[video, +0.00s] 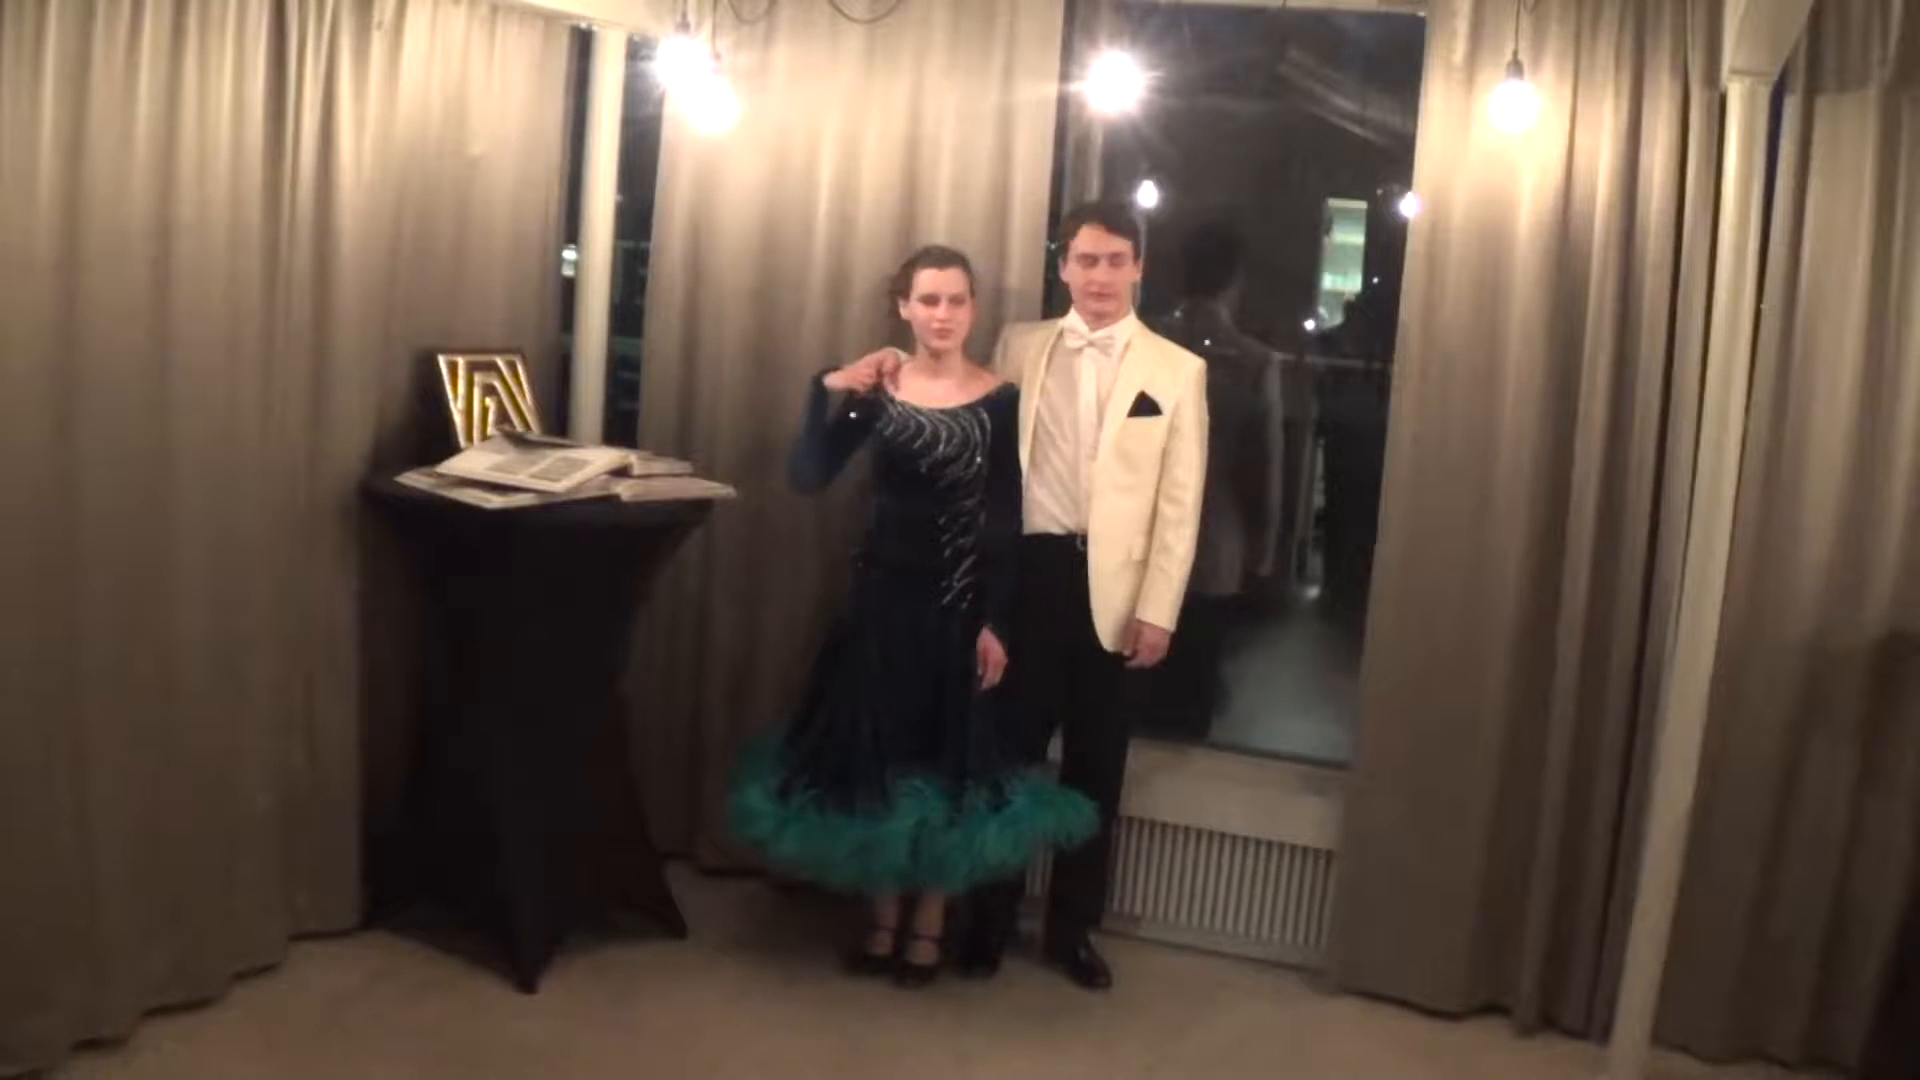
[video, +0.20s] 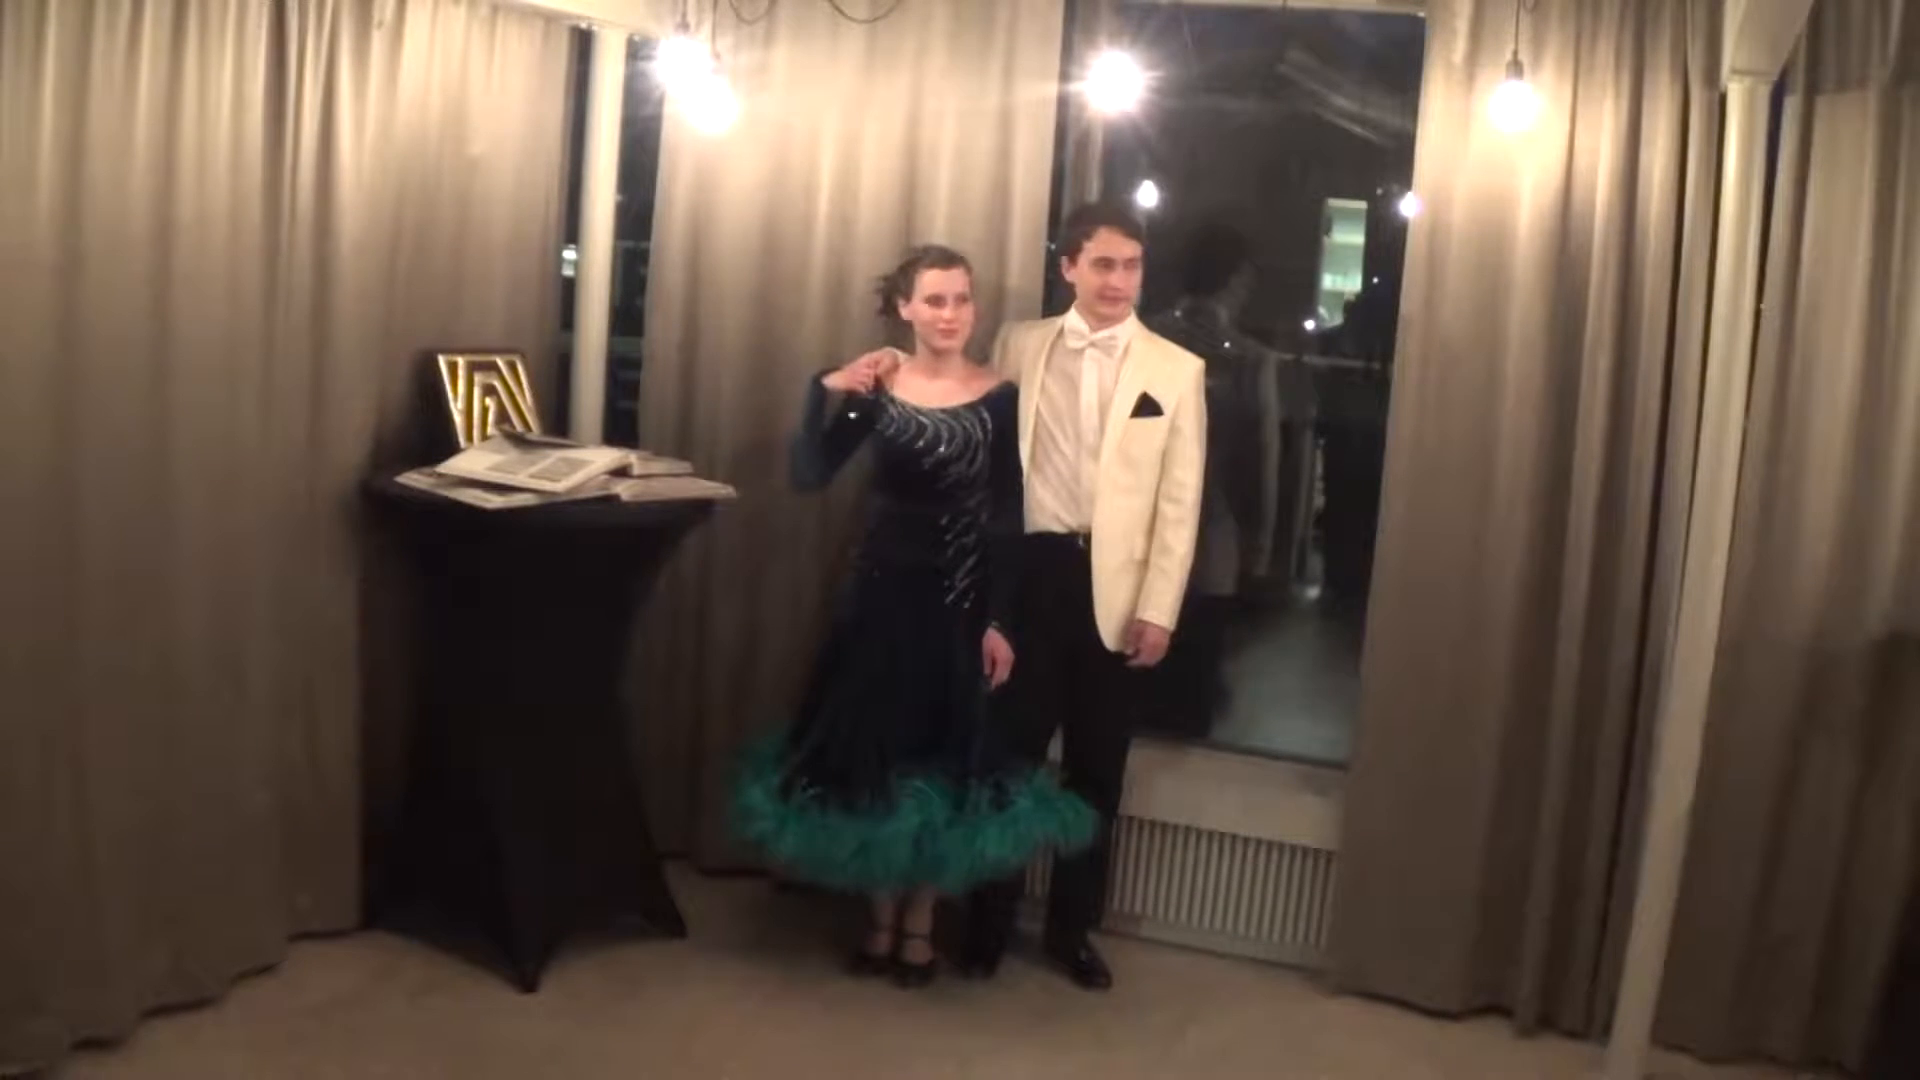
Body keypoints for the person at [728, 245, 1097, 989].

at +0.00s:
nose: (943, 314)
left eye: (956, 301)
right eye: (929, 300)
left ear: (976, 310)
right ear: (903, 308)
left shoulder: (998, 399)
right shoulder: (880, 389)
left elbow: (1005, 517)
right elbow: (811, 473)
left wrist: (994, 620)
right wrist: (832, 392)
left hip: (962, 598)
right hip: (887, 590)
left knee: (949, 752)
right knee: (884, 747)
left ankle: (932, 910)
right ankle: (884, 905)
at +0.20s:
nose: (950, 314)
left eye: (961, 301)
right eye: (935, 301)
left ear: (977, 309)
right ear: (902, 308)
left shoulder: (997, 395)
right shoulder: (879, 386)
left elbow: (1006, 513)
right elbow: (810, 473)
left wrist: (998, 619)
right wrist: (829, 391)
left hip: (961, 596)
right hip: (887, 587)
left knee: (942, 749)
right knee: (882, 745)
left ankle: (921, 911)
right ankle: (881, 908)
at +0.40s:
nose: (958, 318)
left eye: (967, 304)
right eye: (941, 305)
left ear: (980, 311)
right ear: (905, 312)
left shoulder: (997, 397)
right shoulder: (879, 389)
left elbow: (1007, 515)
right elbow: (814, 475)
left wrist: (999, 620)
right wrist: (832, 396)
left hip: (962, 598)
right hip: (888, 591)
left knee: (945, 753)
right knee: (884, 748)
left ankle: (923, 915)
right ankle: (882, 910)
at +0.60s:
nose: (961, 321)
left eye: (971, 307)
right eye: (944, 307)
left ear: (984, 313)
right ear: (906, 312)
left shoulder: (997, 398)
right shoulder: (880, 387)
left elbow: (1008, 515)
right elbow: (812, 477)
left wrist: (1003, 620)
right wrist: (835, 394)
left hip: (962, 599)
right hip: (888, 592)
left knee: (943, 753)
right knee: (883, 748)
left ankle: (923, 914)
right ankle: (881, 910)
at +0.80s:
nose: (962, 323)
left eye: (972, 309)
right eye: (946, 308)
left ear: (985, 316)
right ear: (908, 311)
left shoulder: (997, 400)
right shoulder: (879, 387)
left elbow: (1008, 516)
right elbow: (813, 477)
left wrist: (1004, 620)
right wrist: (834, 395)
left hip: (962, 599)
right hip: (887, 592)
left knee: (943, 752)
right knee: (883, 748)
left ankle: (923, 912)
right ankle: (881, 909)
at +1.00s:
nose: (961, 323)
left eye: (971, 310)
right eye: (945, 309)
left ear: (983, 315)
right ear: (907, 311)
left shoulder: (994, 397)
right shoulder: (875, 385)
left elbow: (1006, 515)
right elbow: (810, 480)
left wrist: (1005, 619)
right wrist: (834, 397)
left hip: (961, 600)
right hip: (885, 593)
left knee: (942, 754)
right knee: (882, 749)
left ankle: (923, 911)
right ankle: (881, 908)